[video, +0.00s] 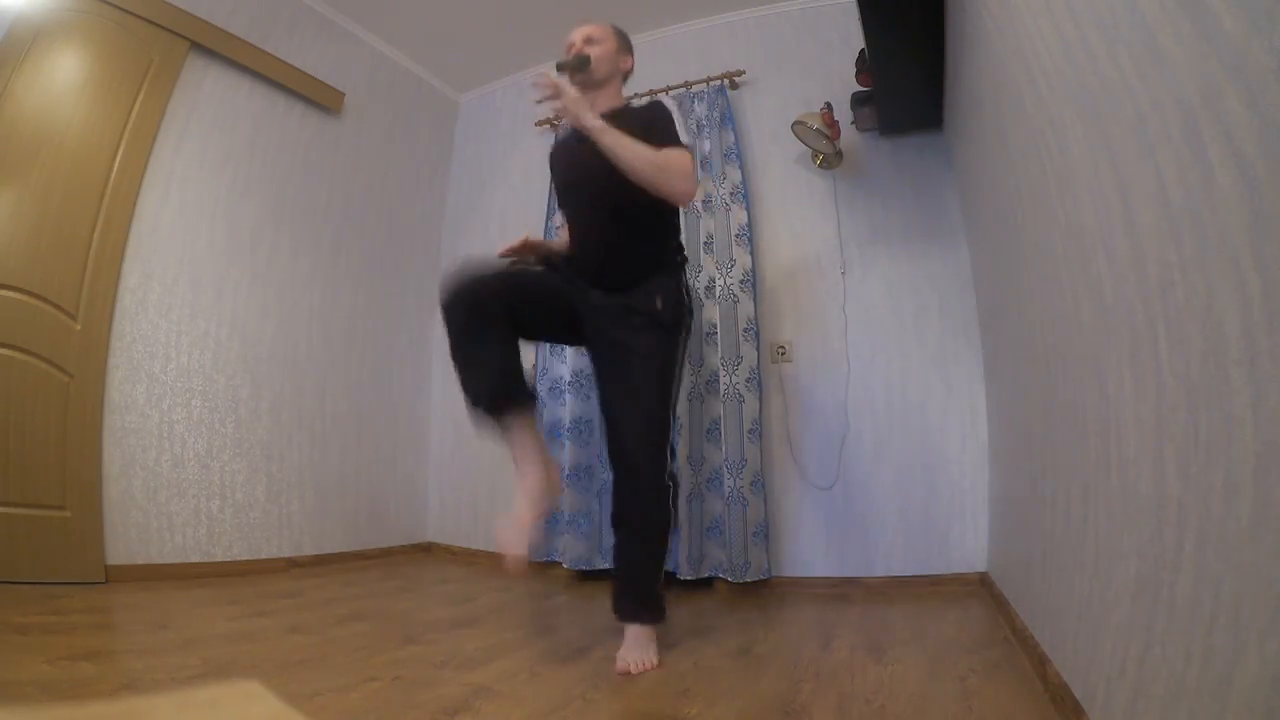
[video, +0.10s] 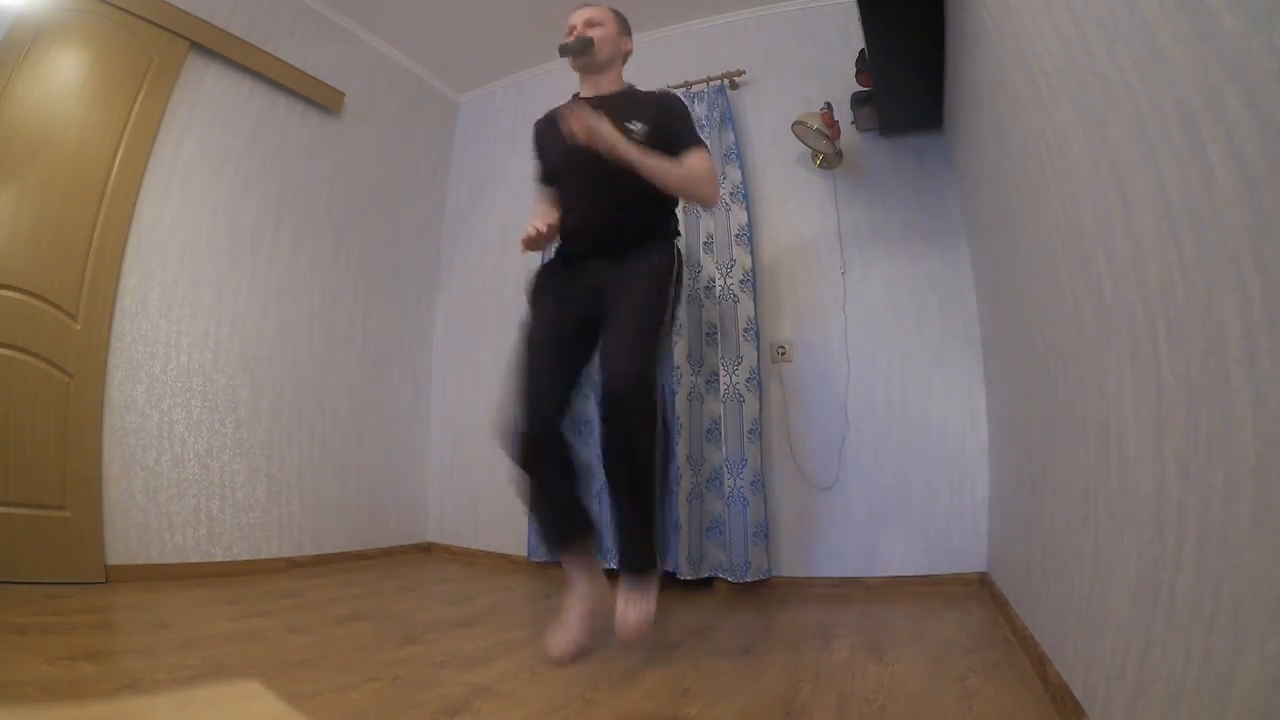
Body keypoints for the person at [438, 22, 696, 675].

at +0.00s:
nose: (574, 51)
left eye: (590, 42)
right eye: (568, 47)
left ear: (626, 62)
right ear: (561, 69)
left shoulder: (650, 117)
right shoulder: (566, 149)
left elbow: (682, 185)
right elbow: (583, 247)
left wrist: (592, 121)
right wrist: (541, 249)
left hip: (644, 304)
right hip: (579, 294)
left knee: (638, 460)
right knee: (470, 294)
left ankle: (639, 619)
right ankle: (534, 468)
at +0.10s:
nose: (579, 30)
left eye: (594, 22)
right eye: (572, 27)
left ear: (626, 44)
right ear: (565, 53)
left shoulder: (660, 107)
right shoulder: (554, 123)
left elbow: (706, 188)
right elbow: (551, 196)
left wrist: (613, 142)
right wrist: (542, 224)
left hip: (642, 268)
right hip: (570, 274)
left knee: (625, 396)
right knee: (535, 425)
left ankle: (638, 571)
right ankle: (581, 574)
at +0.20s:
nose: (581, 43)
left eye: (597, 36)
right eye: (573, 40)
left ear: (628, 61)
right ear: (565, 69)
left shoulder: (662, 139)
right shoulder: (543, 143)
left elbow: (703, 229)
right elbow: (500, 243)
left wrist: (652, 218)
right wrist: (491, 226)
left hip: (649, 284)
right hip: (574, 295)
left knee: (604, 248)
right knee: (589, 455)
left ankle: (637, 444)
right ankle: (615, 606)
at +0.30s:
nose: (573, 38)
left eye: (588, 30)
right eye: (566, 35)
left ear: (621, 51)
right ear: (558, 62)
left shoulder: (660, 123)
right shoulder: (543, 136)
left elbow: (708, 197)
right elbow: (503, 225)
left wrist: (673, 213)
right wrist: (499, 174)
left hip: (650, 279)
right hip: (579, 292)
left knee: (609, 268)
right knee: (579, 445)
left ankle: (626, 468)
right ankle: (594, 601)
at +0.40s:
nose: (568, 32)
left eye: (583, 23)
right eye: (562, 29)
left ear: (618, 45)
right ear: (557, 56)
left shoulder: (655, 104)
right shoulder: (553, 132)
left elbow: (722, 180)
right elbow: (552, 228)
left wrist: (652, 184)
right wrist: (525, 209)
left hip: (652, 271)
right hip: (584, 275)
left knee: (632, 411)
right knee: (500, 375)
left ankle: (644, 586)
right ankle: (562, 525)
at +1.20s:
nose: (574, 31)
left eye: (590, 23)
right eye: (567, 27)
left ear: (620, 45)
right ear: (560, 54)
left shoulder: (653, 108)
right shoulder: (549, 125)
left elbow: (693, 187)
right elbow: (553, 195)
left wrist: (608, 137)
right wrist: (540, 221)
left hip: (638, 263)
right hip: (569, 270)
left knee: (613, 383)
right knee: (516, 410)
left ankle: (640, 559)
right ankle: (570, 567)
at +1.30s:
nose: (571, 44)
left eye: (587, 37)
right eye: (565, 41)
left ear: (620, 59)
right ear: (559, 69)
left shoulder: (655, 137)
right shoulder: (537, 145)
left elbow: (698, 227)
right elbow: (501, 242)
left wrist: (644, 212)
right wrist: (491, 222)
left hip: (639, 288)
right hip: (565, 296)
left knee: (593, 237)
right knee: (579, 456)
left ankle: (619, 437)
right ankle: (603, 613)